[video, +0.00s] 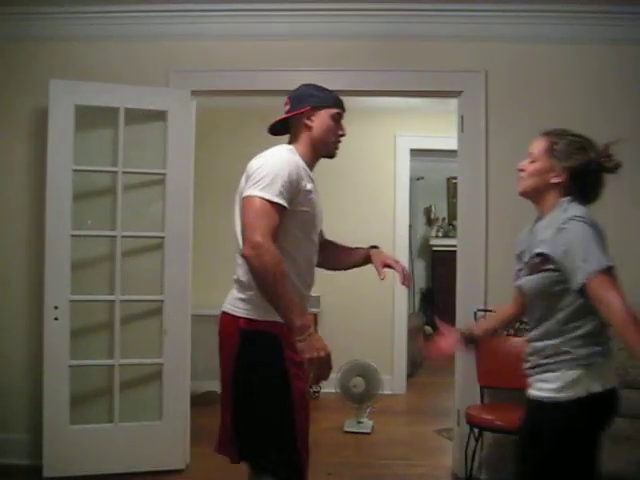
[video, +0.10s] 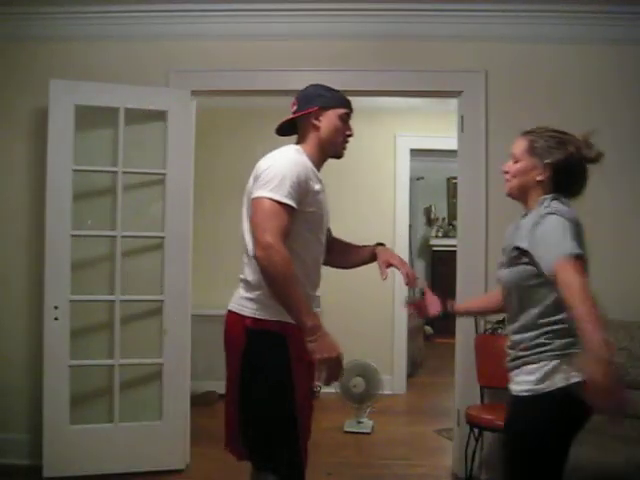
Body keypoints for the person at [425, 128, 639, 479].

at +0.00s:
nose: (520, 165)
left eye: (531, 159)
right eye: (525, 157)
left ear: (557, 175)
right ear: (553, 175)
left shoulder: (572, 227)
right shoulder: (535, 231)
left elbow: (613, 306)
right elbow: (518, 304)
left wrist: (639, 355)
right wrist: (468, 334)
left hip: (573, 395)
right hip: (549, 393)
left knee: (542, 474)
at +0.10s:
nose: (505, 167)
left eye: (515, 160)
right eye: (509, 158)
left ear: (541, 172)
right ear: (536, 172)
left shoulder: (551, 220)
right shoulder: (522, 225)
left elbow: (576, 292)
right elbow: (505, 297)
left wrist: (599, 359)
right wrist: (446, 306)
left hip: (552, 386)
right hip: (530, 385)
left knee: (527, 474)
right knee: (520, 473)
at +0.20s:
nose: (493, 171)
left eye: (501, 162)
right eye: (495, 162)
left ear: (529, 169)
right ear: (526, 171)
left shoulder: (539, 213)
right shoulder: (519, 219)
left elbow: (525, 270)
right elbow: (495, 290)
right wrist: (438, 289)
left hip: (539, 382)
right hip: (519, 380)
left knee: (491, 472)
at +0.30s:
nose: (481, 173)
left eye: (488, 164)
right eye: (483, 164)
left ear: (516, 169)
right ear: (513, 169)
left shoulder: (531, 213)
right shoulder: (506, 222)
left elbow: (493, 225)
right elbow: (492, 292)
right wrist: (439, 279)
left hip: (528, 382)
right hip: (506, 379)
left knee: (484, 474)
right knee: (474, 471)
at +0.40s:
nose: (472, 175)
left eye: (478, 166)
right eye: (473, 166)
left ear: (506, 169)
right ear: (504, 169)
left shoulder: (521, 214)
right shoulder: (499, 222)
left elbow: (459, 201)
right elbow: (481, 287)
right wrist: (436, 271)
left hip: (511, 379)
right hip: (492, 375)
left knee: (477, 473)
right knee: (480, 472)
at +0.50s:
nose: (463, 176)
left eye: (470, 166)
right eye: (465, 167)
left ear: (497, 170)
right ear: (496, 170)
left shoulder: (510, 215)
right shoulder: (489, 221)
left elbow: (442, 192)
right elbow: (468, 284)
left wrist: (377, 147)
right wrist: (432, 264)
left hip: (499, 373)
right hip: (482, 370)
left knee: (475, 473)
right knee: (475, 472)